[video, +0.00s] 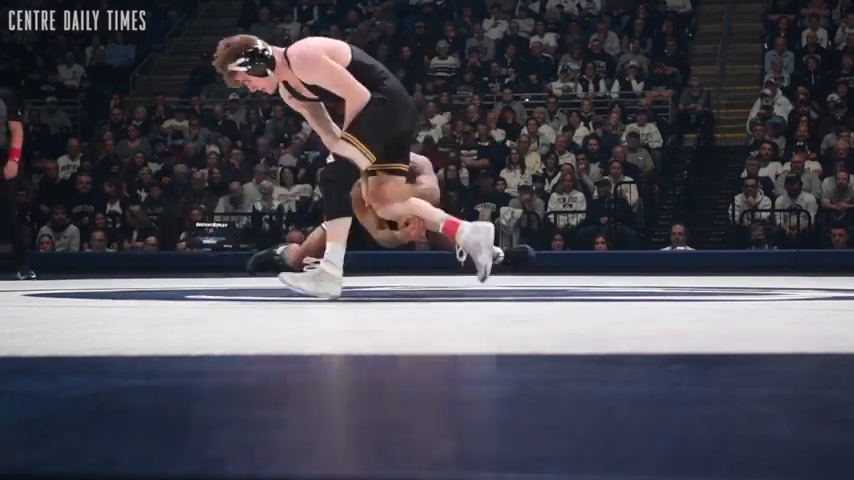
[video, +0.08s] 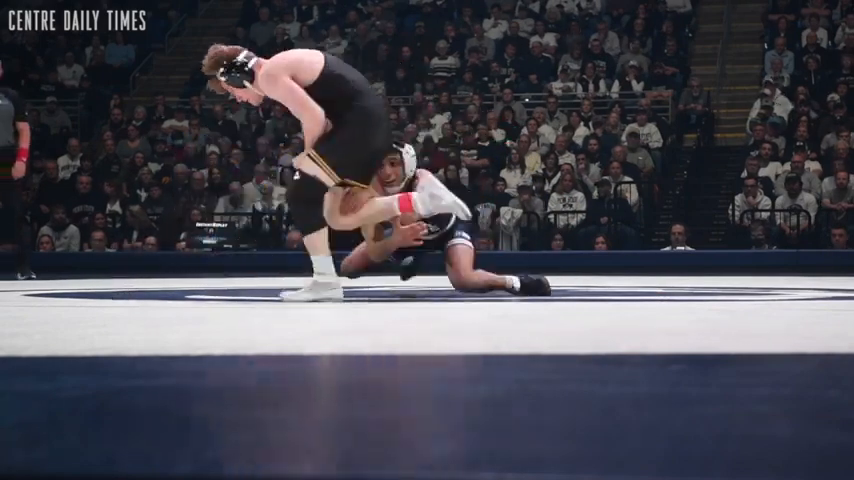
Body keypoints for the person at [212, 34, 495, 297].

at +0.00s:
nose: (252, 89)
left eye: (247, 81)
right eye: (245, 86)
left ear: (260, 61)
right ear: (252, 72)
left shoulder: (304, 57)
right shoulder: (288, 91)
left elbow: (360, 96)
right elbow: (326, 131)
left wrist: (343, 140)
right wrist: (348, 158)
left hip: (386, 106)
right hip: (386, 111)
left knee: (334, 175)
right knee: (388, 200)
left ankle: (329, 274)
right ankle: (467, 234)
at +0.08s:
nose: (238, 99)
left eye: (232, 92)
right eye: (231, 95)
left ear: (241, 77)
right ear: (247, 69)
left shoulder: (270, 75)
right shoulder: (276, 71)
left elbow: (316, 120)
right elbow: (320, 119)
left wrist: (305, 155)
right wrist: (308, 155)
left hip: (361, 123)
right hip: (370, 122)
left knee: (303, 193)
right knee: (338, 216)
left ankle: (324, 280)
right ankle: (420, 199)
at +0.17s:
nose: (254, 109)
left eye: (237, 95)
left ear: (241, 79)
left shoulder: (247, 76)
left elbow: (248, 111)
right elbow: (354, 158)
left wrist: (258, 169)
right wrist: (376, 207)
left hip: (331, 122)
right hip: (353, 123)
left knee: (284, 202)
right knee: (307, 206)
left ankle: (321, 280)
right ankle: (362, 240)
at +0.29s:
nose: (244, 89)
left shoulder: (251, 70)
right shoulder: (327, 104)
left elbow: (218, 68)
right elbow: (370, 146)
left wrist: (218, 111)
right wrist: (370, 197)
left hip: (284, 111)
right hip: (321, 125)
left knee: (254, 199)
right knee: (287, 198)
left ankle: (310, 269)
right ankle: (321, 248)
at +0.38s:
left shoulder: (251, 73)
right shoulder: (324, 105)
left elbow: (219, 58)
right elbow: (366, 147)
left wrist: (208, 101)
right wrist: (387, 192)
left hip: (259, 105)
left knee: (237, 202)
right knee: (274, 197)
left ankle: (280, 266)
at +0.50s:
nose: (337, 129)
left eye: (342, 124)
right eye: (340, 122)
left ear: (319, 95)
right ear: (335, 111)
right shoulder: (325, 114)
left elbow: (208, 111)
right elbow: (336, 147)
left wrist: (209, 162)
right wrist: (365, 184)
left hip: (229, 128)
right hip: (265, 135)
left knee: (215, 208)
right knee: (244, 211)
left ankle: (231, 234)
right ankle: (245, 280)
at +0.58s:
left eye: (325, 105)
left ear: (324, 109)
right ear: (331, 129)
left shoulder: (275, 100)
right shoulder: (311, 136)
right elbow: (317, 170)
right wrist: (350, 192)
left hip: (213, 134)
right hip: (250, 150)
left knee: (192, 193)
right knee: (224, 219)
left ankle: (183, 228)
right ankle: (235, 260)